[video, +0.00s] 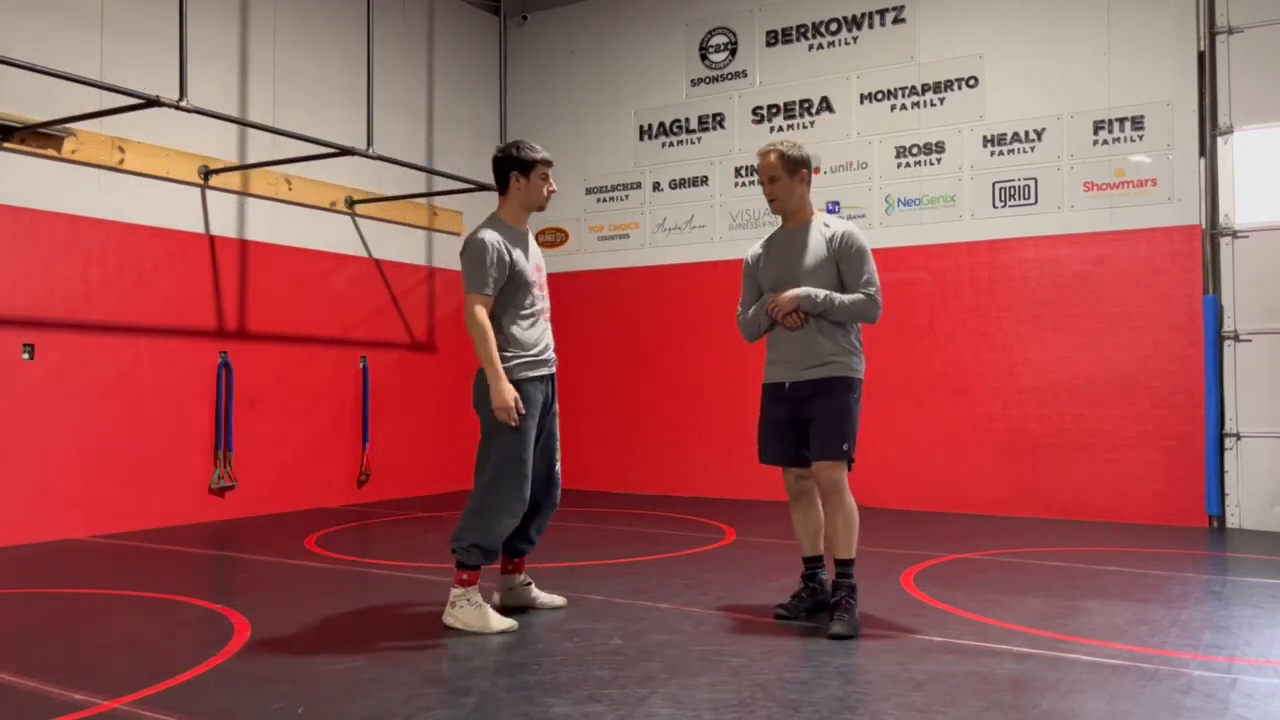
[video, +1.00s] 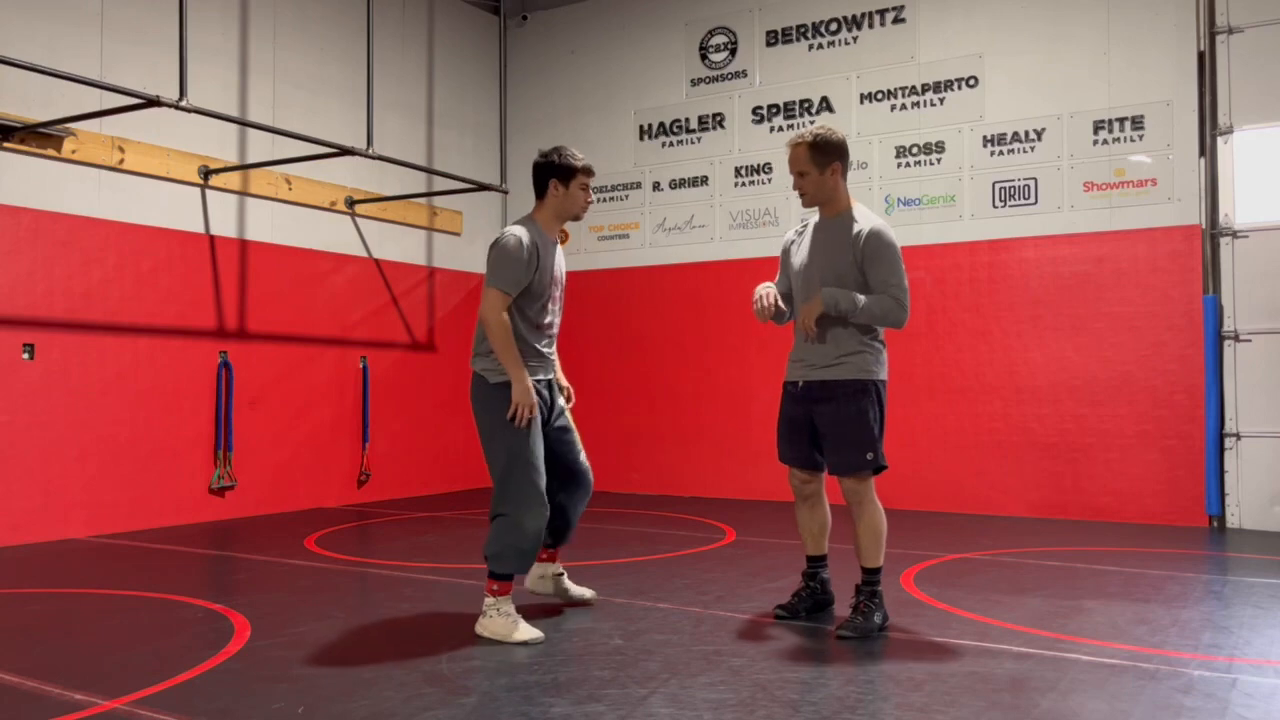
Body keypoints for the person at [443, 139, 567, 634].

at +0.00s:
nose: (552, 186)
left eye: (551, 177)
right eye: (544, 177)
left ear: (525, 183)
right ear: (515, 182)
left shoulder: (526, 238)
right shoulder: (486, 242)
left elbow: (528, 312)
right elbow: (476, 314)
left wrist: (543, 370)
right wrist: (498, 383)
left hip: (541, 378)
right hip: (510, 381)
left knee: (541, 485)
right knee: (502, 486)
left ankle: (513, 583)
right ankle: (463, 596)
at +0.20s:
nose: (568, 192)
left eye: (568, 185)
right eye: (561, 184)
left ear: (543, 189)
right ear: (533, 186)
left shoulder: (537, 245)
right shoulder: (503, 240)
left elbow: (533, 315)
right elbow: (489, 308)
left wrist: (546, 369)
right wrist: (516, 374)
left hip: (545, 380)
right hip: (516, 382)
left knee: (549, 486)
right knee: (518, 488)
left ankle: (513, 583)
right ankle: (466, 594)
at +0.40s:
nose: (580, 199)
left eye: (581, 191)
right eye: (574, 189)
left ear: (556, 194)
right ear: (546, 190)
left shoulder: (546, 248)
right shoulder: (515, 237)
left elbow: (542, 321)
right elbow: (487, 296)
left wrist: (556, 371)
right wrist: (520, 355)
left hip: (542, 381)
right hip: (514, 381)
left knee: (545, 480)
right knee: (534, 476)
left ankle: (510, 581)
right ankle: (477, 582)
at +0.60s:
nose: (584, 199)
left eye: (585, 192)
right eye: (577, 190)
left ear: (557, 194)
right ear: (547, 190)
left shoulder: (546, 248)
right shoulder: (515, 238)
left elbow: (544, 320)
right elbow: (488, 296)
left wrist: (560, 377)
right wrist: (524, 357)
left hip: (545, 385)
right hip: (517, 385)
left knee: (549, 486)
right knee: (525, 485)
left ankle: (513, 583)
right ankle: (494, 605)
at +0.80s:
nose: (584, 196)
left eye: (585, 188)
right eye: (577, 187)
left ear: (556, 190)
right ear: (546, 186)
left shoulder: (545, 244)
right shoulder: (513, 237)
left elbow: (543, 315)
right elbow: (490, 297)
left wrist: (559, 365)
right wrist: (525, 360)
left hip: (545, 383)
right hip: (514, 385)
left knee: (560, 488)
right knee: (528, 489)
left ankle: (517, 580)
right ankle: (495, 608)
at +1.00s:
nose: (591, 197)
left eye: (591, 189)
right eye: (584, 188)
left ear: (562, 191)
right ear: (554, 188)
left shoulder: (554, 246)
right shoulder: (515, 242)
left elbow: (542, 324)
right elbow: (492, 313)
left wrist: (558, 376)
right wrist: (520, 379)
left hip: (544, 385)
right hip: (506, 387)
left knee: (574, 482)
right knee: (524, 495)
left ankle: (545, 569)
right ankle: (496, 608)